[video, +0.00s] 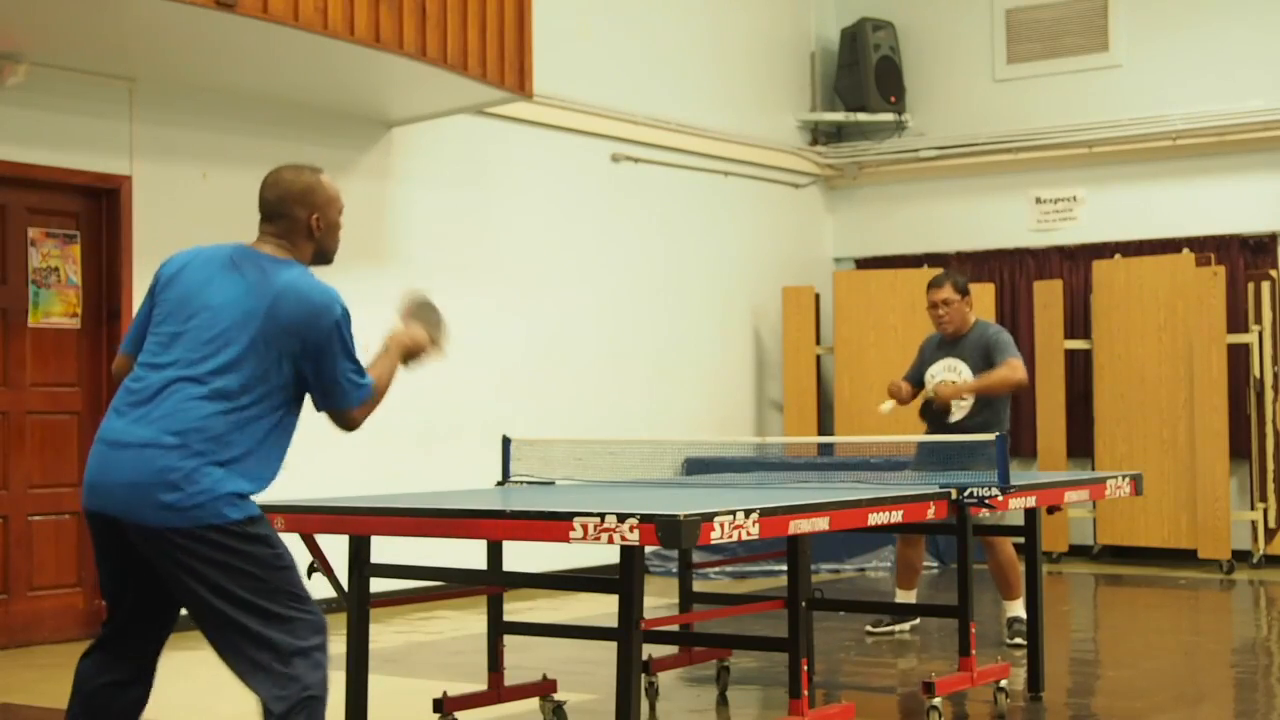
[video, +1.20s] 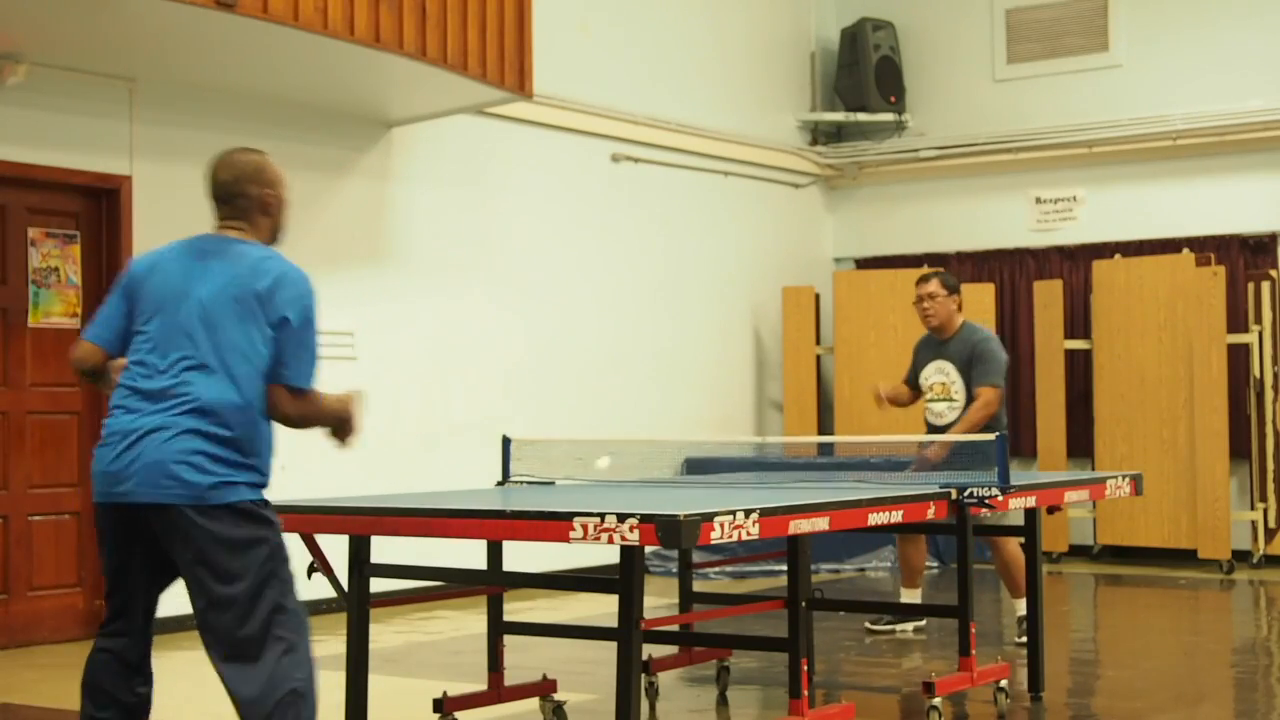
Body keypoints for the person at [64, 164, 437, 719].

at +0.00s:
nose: (341, 229)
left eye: (341, 218)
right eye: (338, 218)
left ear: (268, 217)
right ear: (313, 222)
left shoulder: (181, 266)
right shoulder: (314, 303)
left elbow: (124, 366)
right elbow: (351, 411)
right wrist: (399, 345)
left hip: (107, 486)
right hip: (194, 499)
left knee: (133, 627)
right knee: (296, 638)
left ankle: (88, 714)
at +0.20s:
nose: (347, 218)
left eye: (349, 206)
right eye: (346, 205)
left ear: (276, 201)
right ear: (322, 207)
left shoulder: (201, 253)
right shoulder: (271, 281)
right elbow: (264, 410)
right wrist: (378, 413)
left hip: (114, 472)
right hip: (175, 484)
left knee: (136, 619)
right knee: (259, 640)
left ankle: (87, 714)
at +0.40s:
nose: (341, 231)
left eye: (339, 217)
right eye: (333, 217)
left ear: (284, 218)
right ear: (294, 219)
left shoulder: (210, 268)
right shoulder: (246, 298)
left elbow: (198, 356)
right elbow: (294, 428)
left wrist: (278, 358)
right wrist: (377, 435)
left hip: (117, 487)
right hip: (164, 494)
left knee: (146, 640)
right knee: (266, 634)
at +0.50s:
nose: (353, 210)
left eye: (351, 196)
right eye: (345, 197)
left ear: (290, 200)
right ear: (301, 202)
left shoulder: (206, 254)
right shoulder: (279, 295)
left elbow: (154, 355)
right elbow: (373, 396)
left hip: (118, 474)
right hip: (178, 489)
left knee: (128, 638)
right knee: (258, 647)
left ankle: (83, 717)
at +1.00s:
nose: (345, 227)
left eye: (344, 216)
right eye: (343, 216)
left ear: (273, 218)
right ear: (324, 217)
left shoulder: (194, 273)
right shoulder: (328, 300)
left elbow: (130, 367)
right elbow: (362, 425)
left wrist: (204, 393)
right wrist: (439, 399)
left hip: (127, 484)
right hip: (221, 496)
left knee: (137, 625)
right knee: (316, 637)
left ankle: (105, 715)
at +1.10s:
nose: (323, 216)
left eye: (320, 205)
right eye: (320, 206)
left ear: (253, 213)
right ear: (305, 210)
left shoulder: (180, 272)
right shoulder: (312, 290)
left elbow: (112, 362)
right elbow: (325, 419)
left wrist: (184, 378)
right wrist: (392, 411)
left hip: (123, 484)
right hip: (213, 492)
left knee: (133, 623)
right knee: (298, 641)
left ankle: (113, 713)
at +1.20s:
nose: (284, 206)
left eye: (280, 195)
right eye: (281, 196)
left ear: (218, 203)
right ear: (268, 202)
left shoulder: (149, 265)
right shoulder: (284, 278)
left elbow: (87, 357)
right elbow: (284, 401)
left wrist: (131, 384)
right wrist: (337, 411)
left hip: (118, 480)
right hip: (209, 485)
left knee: (122, 633)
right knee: (271, 646)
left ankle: (107, 715)